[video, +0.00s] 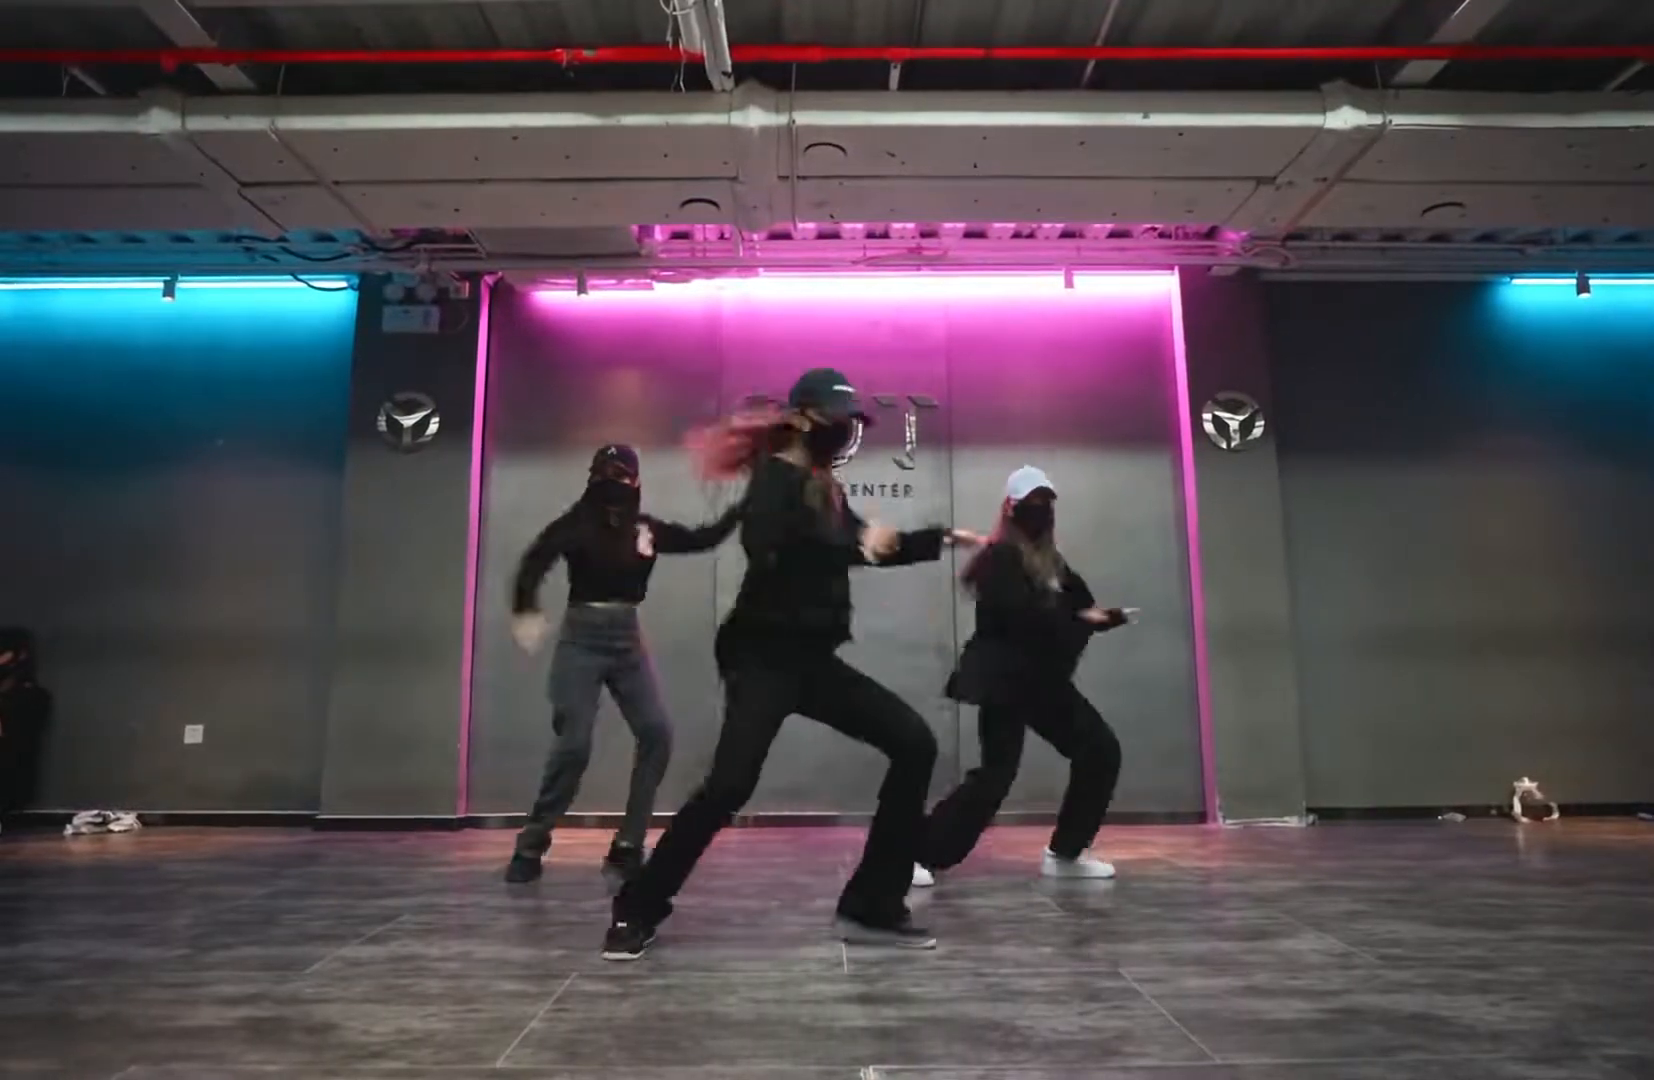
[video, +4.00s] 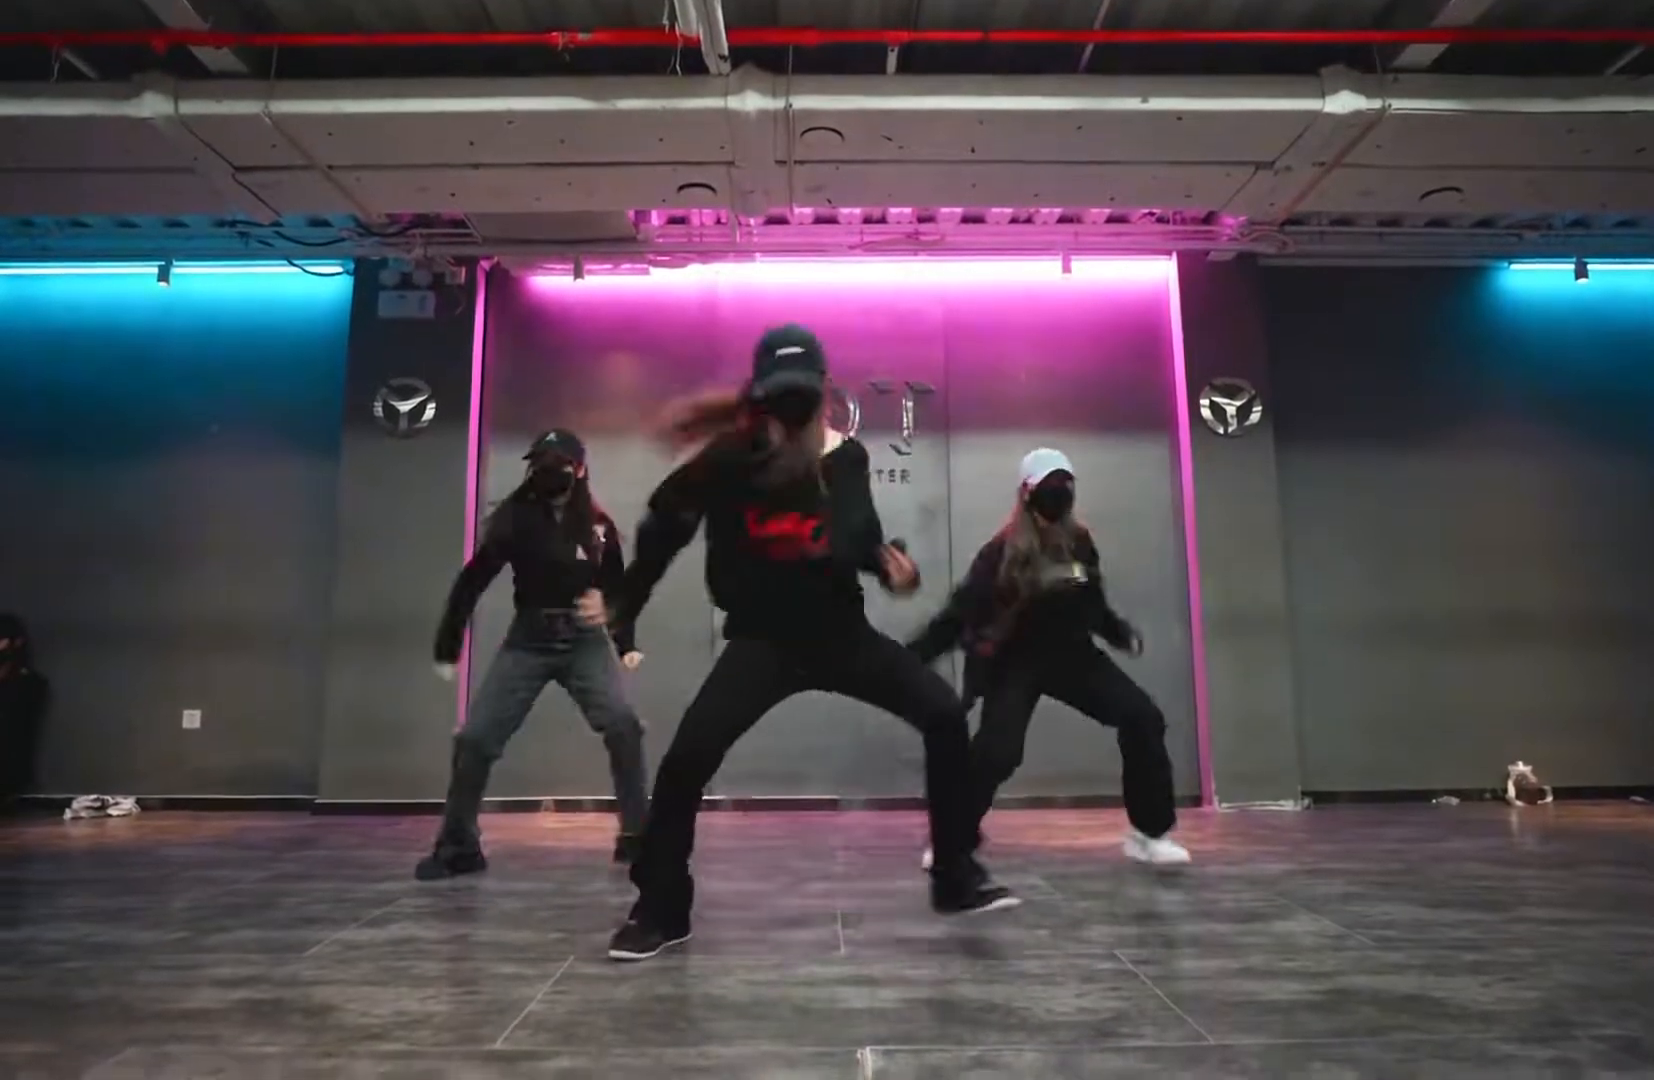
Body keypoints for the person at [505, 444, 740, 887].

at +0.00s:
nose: (616, 488)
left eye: (625, 480)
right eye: (609, 478)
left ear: (636, 485)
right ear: (594, 481)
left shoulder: (645, 530)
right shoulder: (577, 522)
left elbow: (704, 539)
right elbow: (535, 561)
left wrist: (745, 506)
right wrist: (526, 609)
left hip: (626, 646)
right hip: (579, 644)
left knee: (657, 736)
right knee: (573, 745)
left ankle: (628, 847)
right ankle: (530, 849)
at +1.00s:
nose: (641, 498)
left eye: (648, 491)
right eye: (634, 489)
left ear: (659, 493)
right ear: (618, 487)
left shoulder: (663, 536)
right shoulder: (593, 521)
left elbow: (665, 594)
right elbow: (541, 493)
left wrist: (658, 651)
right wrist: (492, 452)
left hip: (625, 657)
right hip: (575, 650)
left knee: (685, 735)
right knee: (542, 762)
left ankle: (687, 844)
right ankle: (488, 847)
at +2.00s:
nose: (604, 460)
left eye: (613, 453)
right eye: (599, 453)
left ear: (629, 457)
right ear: (591, 457)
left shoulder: (637, 498)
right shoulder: (584, 501)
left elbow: (600, 521)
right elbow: (544, 548)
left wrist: (540, 519)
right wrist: (546, 520)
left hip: (624, 621)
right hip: (579, 622)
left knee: (647, 733)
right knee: (531, 723)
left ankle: (676, 844)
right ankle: (509, 840)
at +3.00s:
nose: (632, 467)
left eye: (639, 459)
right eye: (623, 460)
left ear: (654, 462)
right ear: (611, 465)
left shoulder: (679, 515)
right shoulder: (604, 510)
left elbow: (692, 578)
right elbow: (545, 518)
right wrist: (554, 464)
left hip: (668, 631)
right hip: (615, 631)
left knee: (656, 741)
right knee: (610, 745)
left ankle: (674, 836)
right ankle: (637, 828)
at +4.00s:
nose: (542, 475)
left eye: (553, 466)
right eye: (537, 465)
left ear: (576, 470)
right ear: (531, 467)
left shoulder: (597, 524)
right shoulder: (513, 518)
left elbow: (615, 587)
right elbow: (473, 578)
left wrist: (625, 640)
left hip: (586, 644)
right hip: (526, 643)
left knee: (624, 725)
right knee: (475, 740)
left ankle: (635, 838)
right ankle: (458, 846)